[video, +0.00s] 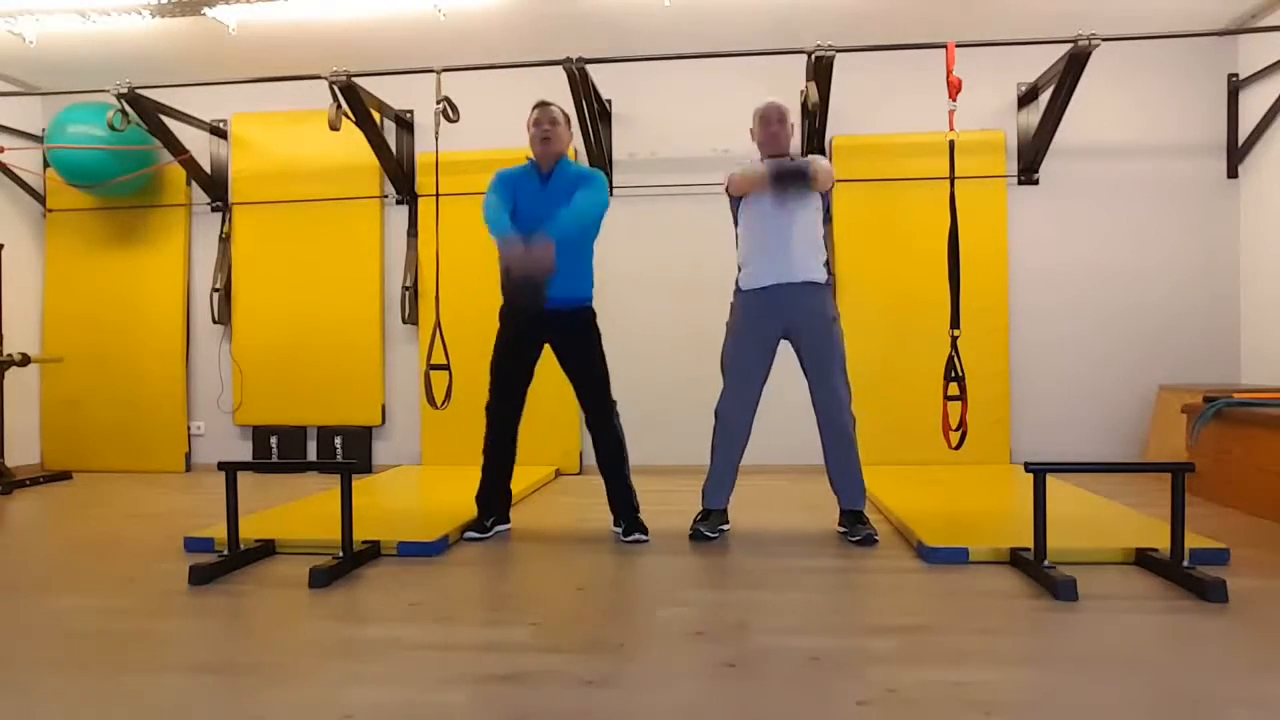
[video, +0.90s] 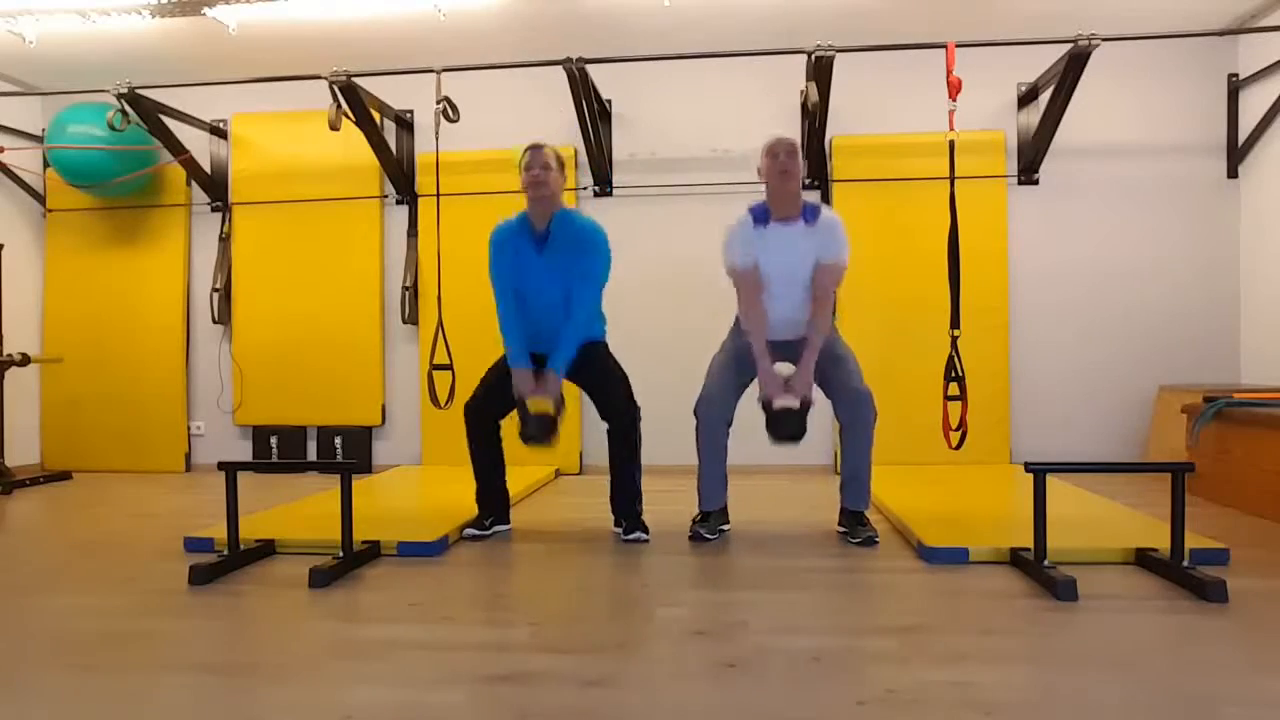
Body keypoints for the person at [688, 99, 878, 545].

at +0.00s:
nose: (776, 129)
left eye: (783, 123)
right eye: (768, 123)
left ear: (794, 130)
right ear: (754, 133)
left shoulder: (817, 168)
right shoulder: (742, 177)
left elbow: (821, 176)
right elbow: (742, 185)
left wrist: (782, 169)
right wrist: (785, 171)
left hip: (812, 298)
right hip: (755, 301)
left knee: (835, 405)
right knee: (734, 406)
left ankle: (852, 511)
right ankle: (714, 509)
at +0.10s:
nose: (785, 126)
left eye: (794, 118)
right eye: (778, 116)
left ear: (807, 119)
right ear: (762, 117)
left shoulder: (817, 167)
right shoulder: (742, 173)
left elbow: (820, 167)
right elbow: (743, 167)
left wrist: (810, 118)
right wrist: (760, 122)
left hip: (813, 298)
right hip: (756, 300)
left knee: (836, 404)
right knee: (735, 404)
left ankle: (852, 511)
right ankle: (714, 509)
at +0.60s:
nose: (778, 108)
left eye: (785, 102)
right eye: (769, 103)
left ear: (799, 115)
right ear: (756, 117)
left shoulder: (818, 159)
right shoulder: (743, 163)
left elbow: (826, 168)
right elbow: (745, 170)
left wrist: (804, 140)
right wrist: (767, 137)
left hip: (814, 305)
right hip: (755, 307)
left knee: (842, 410)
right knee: (729, 411)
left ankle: (852, 512)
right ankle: (714, 510)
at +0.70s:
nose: (779, 112)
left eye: (786, 107)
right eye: (769, 108)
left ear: (798, 122)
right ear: (757, 125)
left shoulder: (822, 169)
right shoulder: (742, 175)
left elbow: (823, 201)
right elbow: (748, 204)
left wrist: (804, 232)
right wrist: (771, 231)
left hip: (814, 316)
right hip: (755, 317)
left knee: (848, 411)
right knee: (722, 411)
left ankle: (852, 513)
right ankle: (714, 510)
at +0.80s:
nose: (780, 133)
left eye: (788, 127)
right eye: (772, 127)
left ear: (799, 141)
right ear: (758, 143)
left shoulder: (822, 193)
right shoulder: (743, 199)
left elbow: (822, 257)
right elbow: (750, 263)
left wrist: (809, 313)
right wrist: (767, 318)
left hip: (814, 322)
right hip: (755, 323)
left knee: (853, 405)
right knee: (717, 411)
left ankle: (852, 512)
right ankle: (714, 510)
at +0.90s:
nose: (785, 160)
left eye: (792, 154)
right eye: (776, 154)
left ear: (804, 171)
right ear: (761, 171)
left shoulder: (828, 226)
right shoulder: (743, 231)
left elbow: (823, 303)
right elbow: (750, 306)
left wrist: (807, 365)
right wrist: (764, 367)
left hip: (815, 337)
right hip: (753, 337)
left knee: (859, 405)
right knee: (710, 407)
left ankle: (854, 511)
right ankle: (713, 510)